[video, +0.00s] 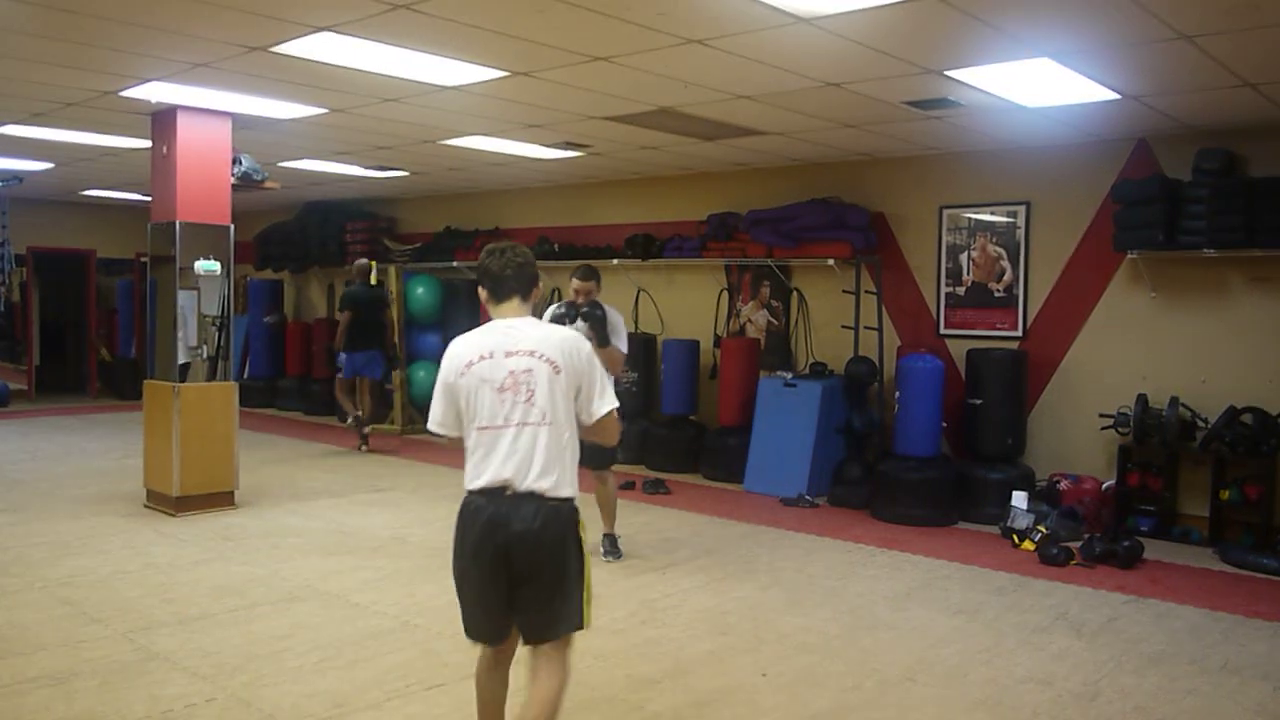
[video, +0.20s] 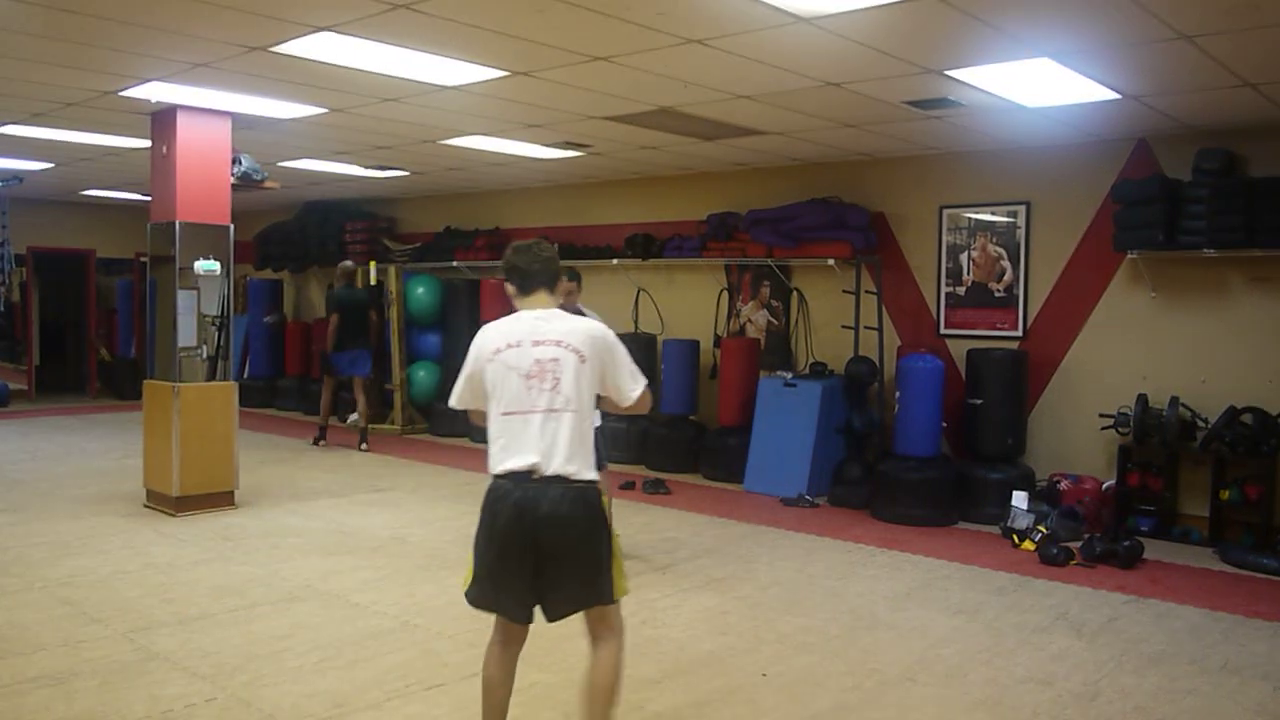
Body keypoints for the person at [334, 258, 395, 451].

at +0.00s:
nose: (352, 273)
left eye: (354, 271)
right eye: (356, 270)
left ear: (355, 273)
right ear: (371, 274)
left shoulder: (349, 294)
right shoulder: (380, 294)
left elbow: (345, 321)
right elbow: (389, 321)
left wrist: (338, 345)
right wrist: (390, 345)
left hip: (353, 348)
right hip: (375, 347)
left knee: (342, 389)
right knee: (366, 391)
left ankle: (353, 413)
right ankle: (364, 436)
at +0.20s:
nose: (337, 277)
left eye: (338, 274)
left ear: (338, 276)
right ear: (354, 276)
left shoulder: (334, 295)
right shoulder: (364, 295)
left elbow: (333, 321)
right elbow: (374, 318)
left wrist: (329, 348)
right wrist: (371, 342)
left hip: (339, 347)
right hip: (361, 347)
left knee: (328, 389)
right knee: (360, 391)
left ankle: (322, 432)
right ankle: (364, 437)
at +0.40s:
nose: (319, 276)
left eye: (320, 273)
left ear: (321, 276)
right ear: (337, 275)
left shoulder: (316, 297)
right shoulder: (346, 293)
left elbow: (315, 324)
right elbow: (356, 317)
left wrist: (311, 348)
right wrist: (358, 337)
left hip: (323, 348)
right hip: (344, 346)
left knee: (317, 388)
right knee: (340, 387)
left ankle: (318, 433)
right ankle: (351, 415)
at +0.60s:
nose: (310, 277)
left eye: (310, 274)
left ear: (310, 275)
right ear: (326, 274)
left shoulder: (304, 293)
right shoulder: (334, 291)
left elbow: (298, 320)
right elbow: (345, 318)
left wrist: (291, 337)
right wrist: (345, 339)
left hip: (311, 345)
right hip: (331, 344)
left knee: (313, 387)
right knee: (324, 382)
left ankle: (317, 432)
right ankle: (326, 419)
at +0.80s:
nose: (300, 279)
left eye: (301, 276)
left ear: (301, 277)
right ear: (316, 278)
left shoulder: (295, 294)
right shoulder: (324, 295)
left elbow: (289, 320)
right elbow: (334, 319)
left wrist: (278, 335)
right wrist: (334, 339)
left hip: (301, 345)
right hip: (320, 344)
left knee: (306, 386)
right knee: (307, 386)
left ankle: (315, 428)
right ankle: (303, 424)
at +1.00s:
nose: (292, 278)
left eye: (293, 275)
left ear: (294, 276)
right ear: (308, 277)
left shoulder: (287, 293)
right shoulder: (316, 294)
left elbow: (282, 318)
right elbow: (323, 318)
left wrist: (274, 338)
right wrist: (324, 340)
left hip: (291, 343)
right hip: (310, 342)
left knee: (282, 380)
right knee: (303, 381)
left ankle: (294, 405)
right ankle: (301, 422)